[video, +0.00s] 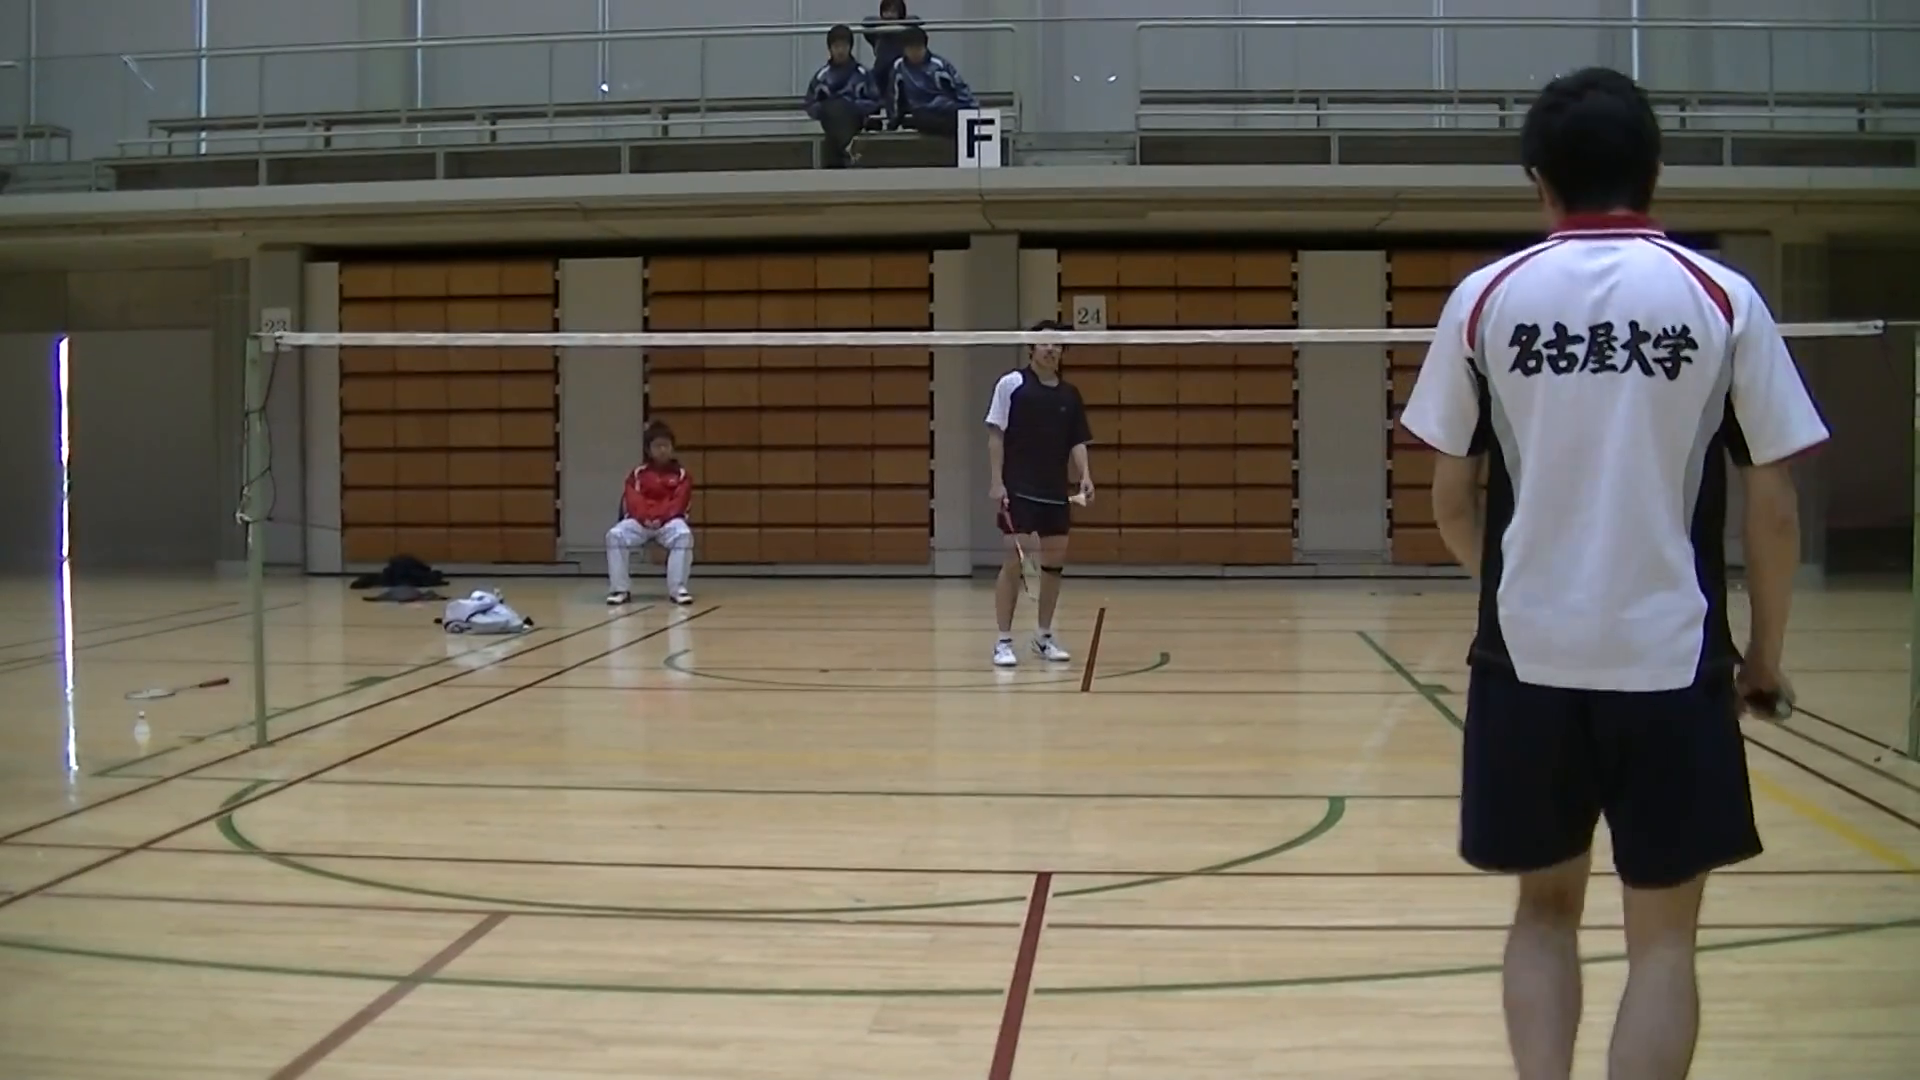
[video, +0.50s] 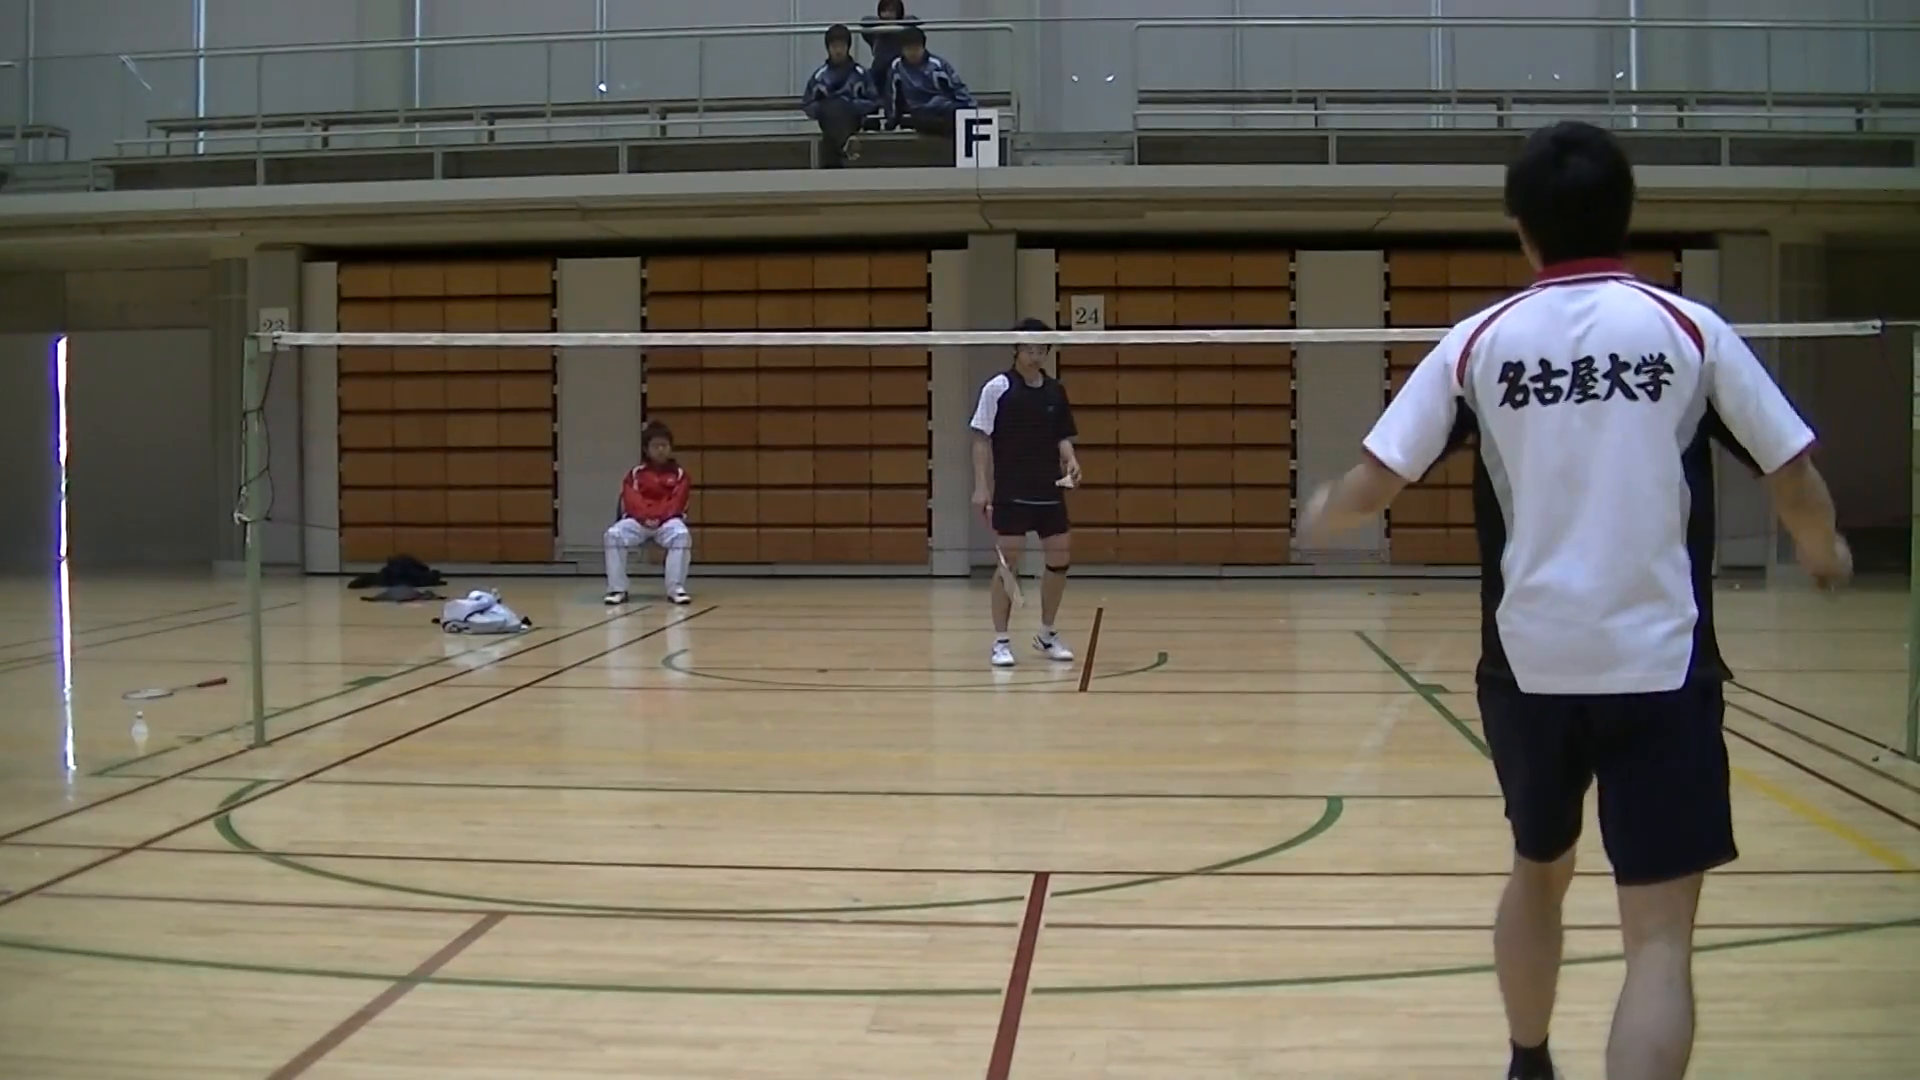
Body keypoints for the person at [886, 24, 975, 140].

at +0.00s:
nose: (915, 54)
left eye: (918, 49)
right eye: (911, 50)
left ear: (925, 48)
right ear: (904, 50)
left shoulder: (940, 65)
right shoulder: (899, 68)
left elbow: (959, 87)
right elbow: (895, 97)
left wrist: (971, 108)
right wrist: (893, 122)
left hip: (950, 111)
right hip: (921, 114)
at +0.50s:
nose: (913, 54)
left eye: (916, 49)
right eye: (908, 49)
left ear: (923, 48)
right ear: (902, 50)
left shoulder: (938, 65)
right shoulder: (897, 68)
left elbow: (957, 88)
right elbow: (893, 97)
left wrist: (970, 108)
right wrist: (891, 122)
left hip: (948, 109)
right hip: (920, 114)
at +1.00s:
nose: (911, 53)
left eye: (915, 48)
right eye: (907, 48)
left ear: (922, 48)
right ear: (901, 50)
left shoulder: (937, 64)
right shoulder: (895, 68)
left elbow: (955, 86)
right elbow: (891, 96)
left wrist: (968, 107)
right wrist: (890, 121)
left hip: (946, 109)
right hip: (917, 113)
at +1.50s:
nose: (911, 53)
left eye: (914, 48)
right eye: (906, 48)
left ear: (921, 47)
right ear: (900, 49)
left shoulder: (936, 65)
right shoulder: (894, 67)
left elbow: (955, 87)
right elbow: (891, 96)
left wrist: (968, 107)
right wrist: (889, 121)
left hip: (942, 107)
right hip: (916, 112)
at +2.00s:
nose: (911, 52)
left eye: (914, 47)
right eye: (906, 47)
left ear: (921, 47)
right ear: (899, 49)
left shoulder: (935, 64)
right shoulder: (894, 67)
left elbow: (954, 87)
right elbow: (890, 96)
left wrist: (968, 107)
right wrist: (889, 121)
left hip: (942, 107)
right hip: (916, 112)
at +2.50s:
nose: (910, 51)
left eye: (914, 47)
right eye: (905, 47)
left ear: (920, 46)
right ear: (899, 49)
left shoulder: (934, 64)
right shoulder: (893, 67)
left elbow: (954, 86)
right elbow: (889, 95)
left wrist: (966, 106)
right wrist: (889, 119)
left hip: (942, 107)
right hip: (915, 112)